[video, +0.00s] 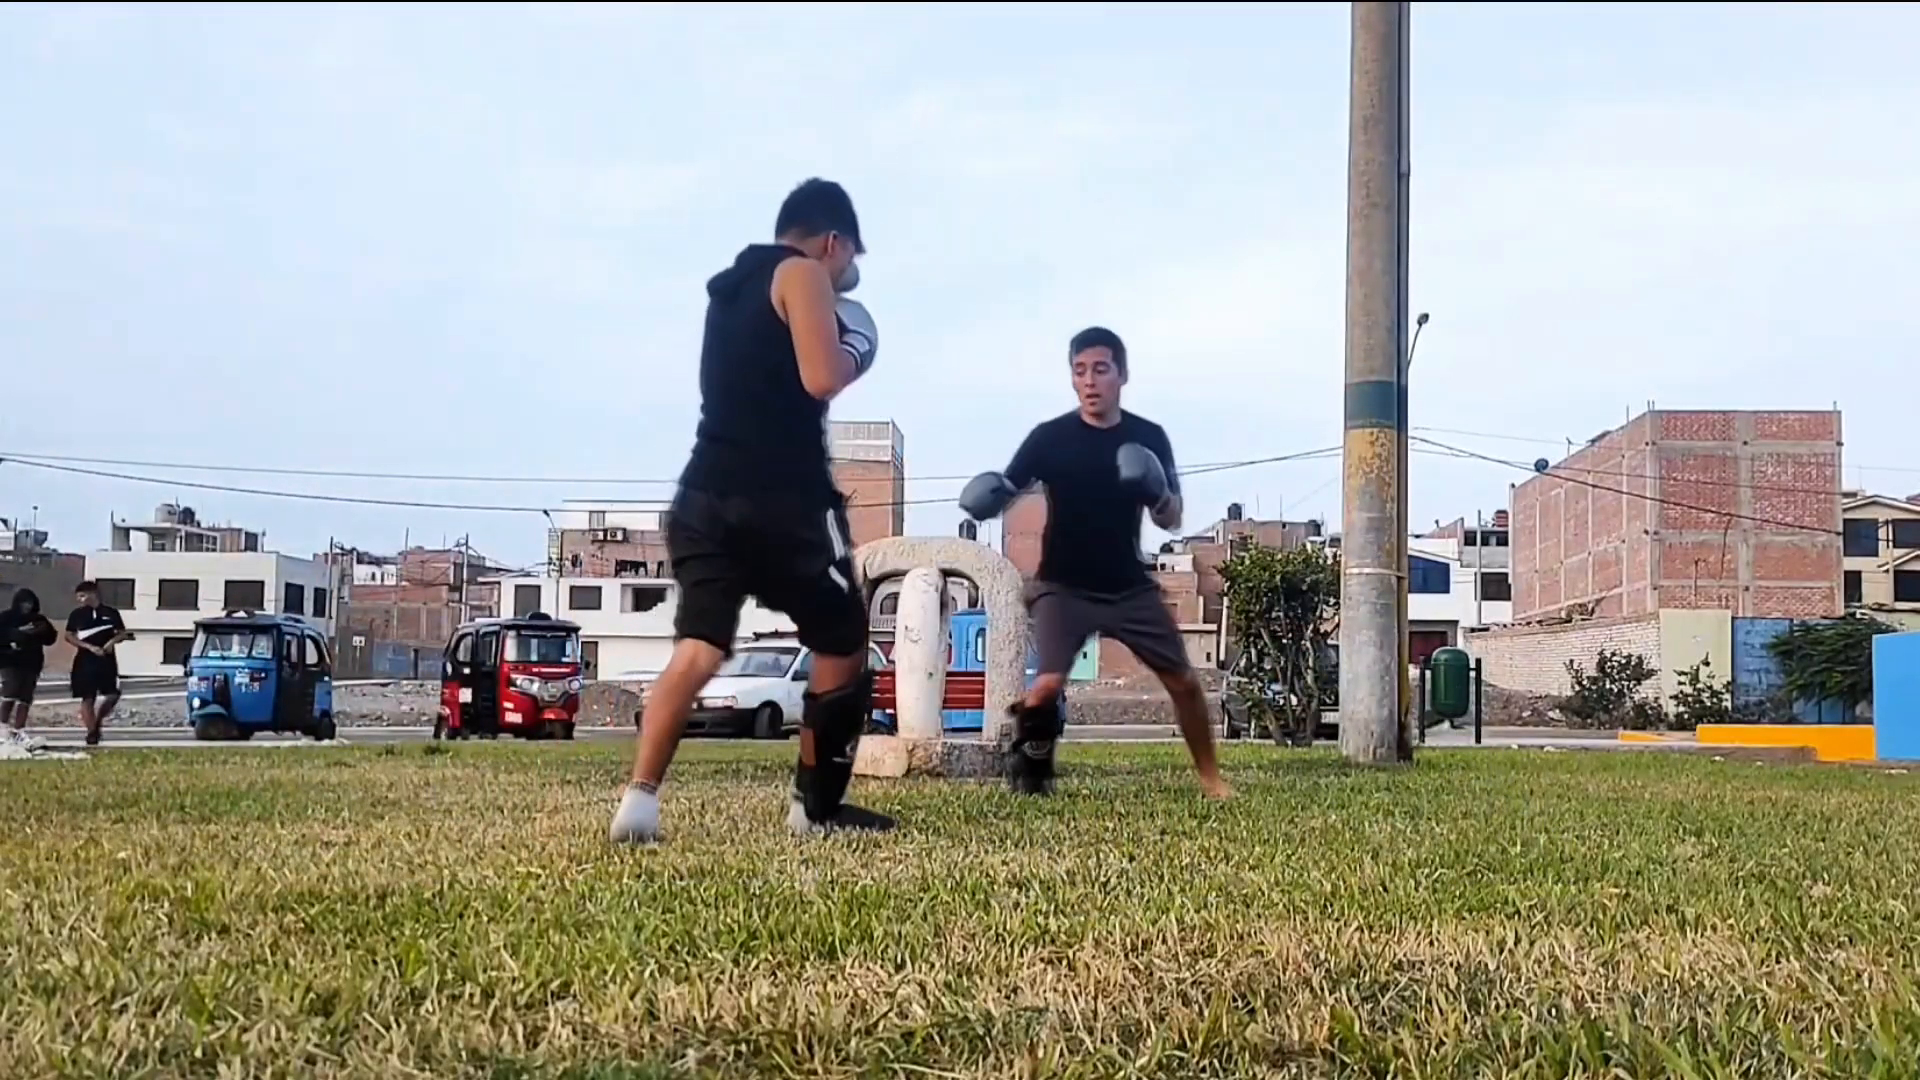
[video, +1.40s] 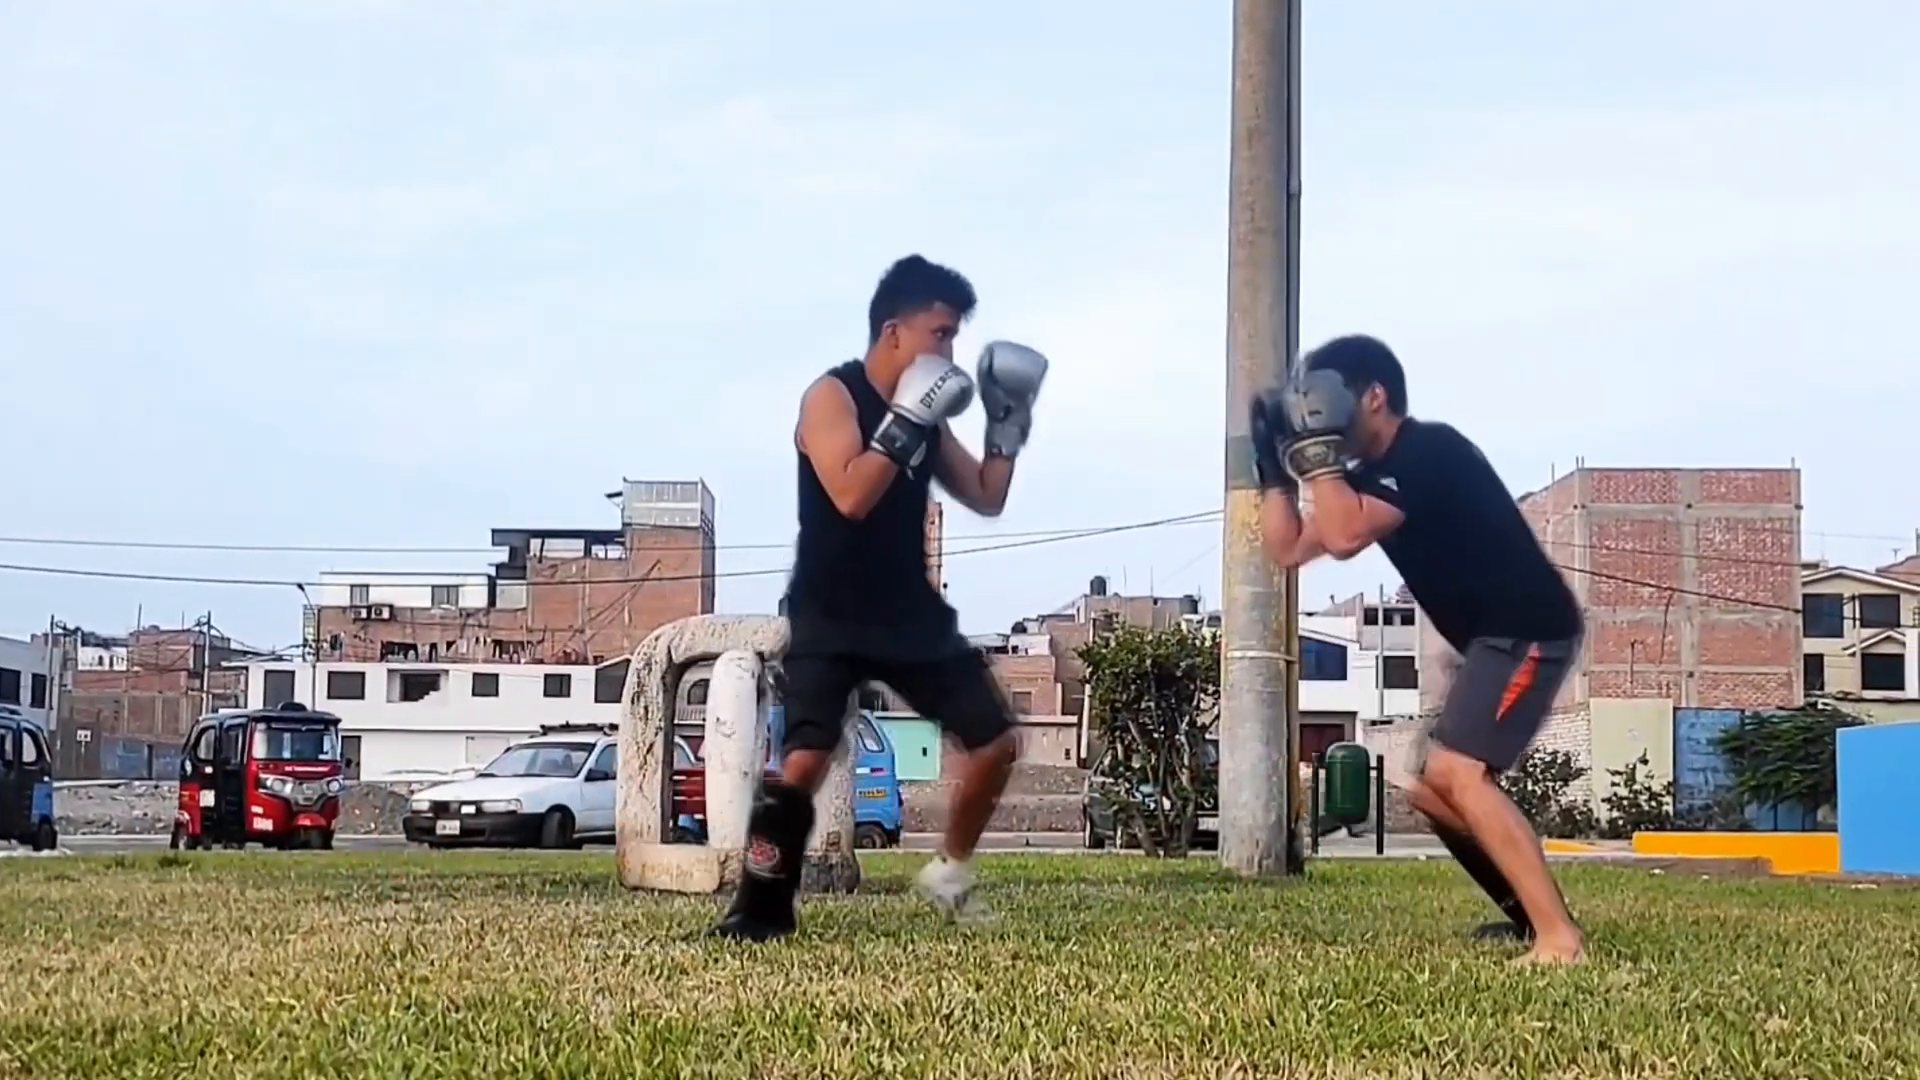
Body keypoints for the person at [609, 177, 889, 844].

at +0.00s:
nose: (847, 274)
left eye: (853, 262)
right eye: (851, 259)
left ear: (783, 232)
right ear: (830, 240)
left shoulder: (728, 283)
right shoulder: (799, 275)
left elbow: (757, 377)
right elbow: (820, 379)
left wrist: (818, 323)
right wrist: (857, 353)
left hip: (705, 496)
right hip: (778, 501)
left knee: (697, 650)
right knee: (840, 639)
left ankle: (639, 801)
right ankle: (819, 806)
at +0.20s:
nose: (896, 277)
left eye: (900, 266)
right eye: (899, 263)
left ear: (837, 241)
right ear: (879, 249)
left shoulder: (786, 293)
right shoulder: (850, 286)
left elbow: (814, 388)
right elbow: (887, 392)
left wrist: (878, 334)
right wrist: (917, 347)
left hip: (769, 491)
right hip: (828, 493)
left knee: (795, 641)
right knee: (856, 647)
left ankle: (729, 734)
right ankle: (822, 805)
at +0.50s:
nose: (908, 331)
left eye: (911, 318)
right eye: (907, 316)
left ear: (871, 303)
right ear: (878, 303)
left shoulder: (848, 353)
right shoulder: (828, 346)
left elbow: (907, 432)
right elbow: (857, 444)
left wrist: (904, 395)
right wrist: (894, 396)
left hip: (840, 545)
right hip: (811, 547)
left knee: (878, 686)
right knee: (861, 691)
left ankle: (790, 829)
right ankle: (772, 833)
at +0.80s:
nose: (887, 350)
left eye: (891, 338)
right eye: (884, 335)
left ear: (843, 326)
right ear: (846, 322)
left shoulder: (835, 391)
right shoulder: (796, 372)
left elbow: (877, 482)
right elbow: (833, 471)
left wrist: (895, 409)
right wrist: (878, 410)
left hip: (821, 581)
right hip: (772, 578)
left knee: (861, 727)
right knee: (778, 723)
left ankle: (813, 858)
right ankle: (692, 860)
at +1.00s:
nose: (885, 354)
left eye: (888, 339)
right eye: (877, 336)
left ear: (839, 334)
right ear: (833, 329)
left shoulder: (844, 411)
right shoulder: (774, 391)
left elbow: (884, 503)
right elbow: (804, 490)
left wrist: (912, 438)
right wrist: (861, 420)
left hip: (829, 607)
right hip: (764, 607)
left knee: (917, 718)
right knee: (739, 754)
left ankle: (881, 848)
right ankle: (648, 887)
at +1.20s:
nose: (907, 360)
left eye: (914, 347)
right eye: (898, 342)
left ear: (910, 354)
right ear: (852, 337)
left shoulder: (886, 422)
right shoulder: (796, 407)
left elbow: (978, 460)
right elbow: (829, 495)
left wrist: (973, 384)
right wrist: (874, 415)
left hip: (869, 629)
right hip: (797, 626)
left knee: (928, 765)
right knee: (753, 755)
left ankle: (908, 914)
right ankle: (649, 898)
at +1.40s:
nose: (949, 351)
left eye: (953, 336)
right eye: (940, 334)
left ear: (933, 336)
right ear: (894, 328)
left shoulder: (921, 414)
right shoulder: (830, 396)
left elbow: (986, 496)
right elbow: (850, 496)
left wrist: (1007, 419)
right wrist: (908, 418)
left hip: (911, 614)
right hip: (830, 613)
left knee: (995, 742)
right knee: (807, 753)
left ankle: (948, 877)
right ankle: (760, 912)